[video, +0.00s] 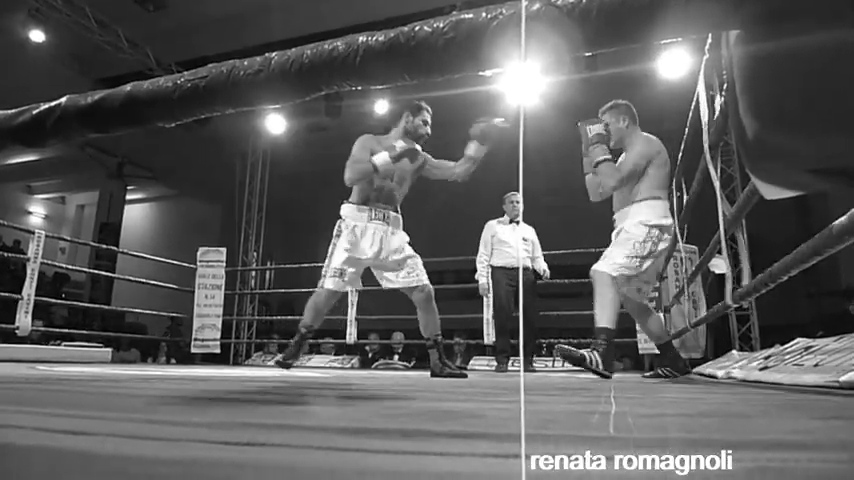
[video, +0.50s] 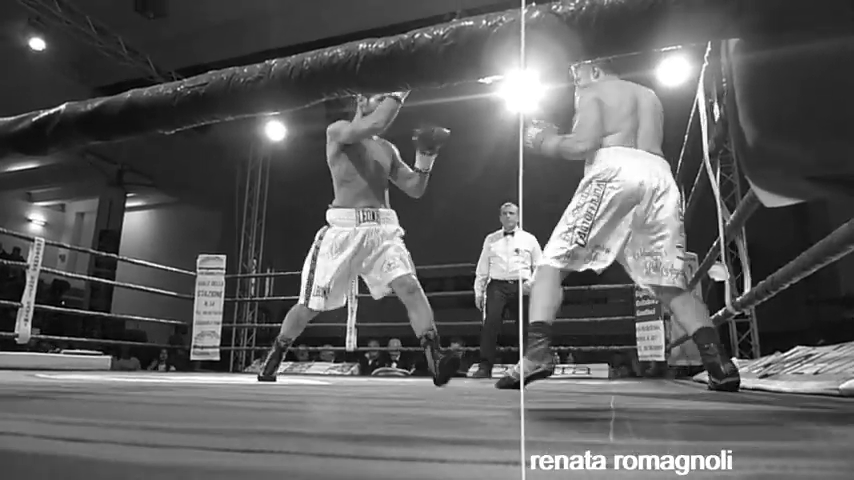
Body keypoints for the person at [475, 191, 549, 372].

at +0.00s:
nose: (516, 206)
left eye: (518, 203)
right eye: (512, 203)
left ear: (522, 206)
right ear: (504, 206)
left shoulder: (529, 230)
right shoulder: (492, 227)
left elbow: (537, 256)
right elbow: (483, 256)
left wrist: (543, 268)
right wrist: (482, 279)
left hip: (526, 272)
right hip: (501, 271)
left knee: (529, 315)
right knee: (502, 314)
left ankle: (527, 359)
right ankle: (502, 359)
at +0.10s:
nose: (515, 207)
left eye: (518, 204)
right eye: (511, 204)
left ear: (523, 207)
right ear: (504, 208)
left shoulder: (531, 231)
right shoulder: (494, 229)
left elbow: (538, 254)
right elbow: (484, 256)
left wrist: (539, 267)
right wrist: (482, 279)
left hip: (527, 273)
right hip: (502, 273)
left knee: (530, 316)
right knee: (502, 315)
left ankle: (529, 359)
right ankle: (502, 358)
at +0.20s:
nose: (514, 215)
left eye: (517, 211)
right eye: (511, 212)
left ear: (523, 214)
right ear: (505, 215)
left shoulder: (533, 238)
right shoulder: (495, 236)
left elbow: (541, 263)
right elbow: (485, 264)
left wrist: (537, 275)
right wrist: (483, 287)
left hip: (526, 281)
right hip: (501, 281)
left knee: (528, 323)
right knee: (502, 322)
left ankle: (528, 365)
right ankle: (501, 364)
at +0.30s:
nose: (514, 218)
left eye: (517, 214)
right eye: (510, 215)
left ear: (523, 217)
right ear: (505, 218)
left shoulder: (534, 242)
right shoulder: (495, 240)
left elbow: (543, 269)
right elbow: (485, 269)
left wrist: (535, 281)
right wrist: (483, 290)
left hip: (525, 286)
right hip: (501, 285)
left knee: (527, 326)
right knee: (500, 325)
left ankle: (528, 368)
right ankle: (501, 367)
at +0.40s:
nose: (512, 217)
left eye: (515, 214)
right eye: (509, 214)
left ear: (521, 217)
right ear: (503, 217)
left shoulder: (532, 241)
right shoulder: (493, 240)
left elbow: (540, 268)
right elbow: (484, 269)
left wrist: (534, 282)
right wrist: (481, 291)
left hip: (523, 285)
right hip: (499, 284)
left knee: (525, 326)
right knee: (495, 323)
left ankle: (528, 367)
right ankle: (493, 366)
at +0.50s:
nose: (508, 217)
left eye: (512, 213)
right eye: (505, 214)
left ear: (518, 216)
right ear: (500, 217)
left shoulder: (529, 240)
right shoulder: (491, 240)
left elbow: (539, 266)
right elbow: (482, 269)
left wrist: (532, 282)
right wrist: (479, 292)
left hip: (521, 285)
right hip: (497, 285)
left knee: (524, 324)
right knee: (491, 322)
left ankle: (526, 364)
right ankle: (485, 364)